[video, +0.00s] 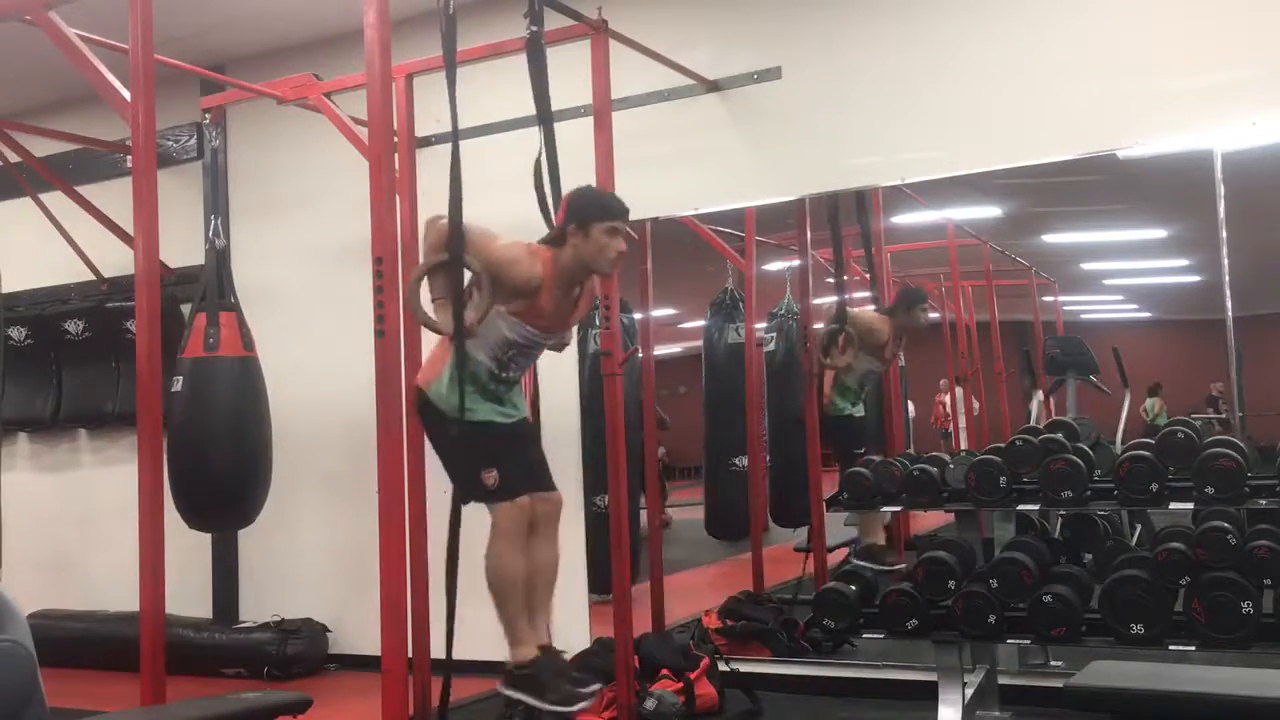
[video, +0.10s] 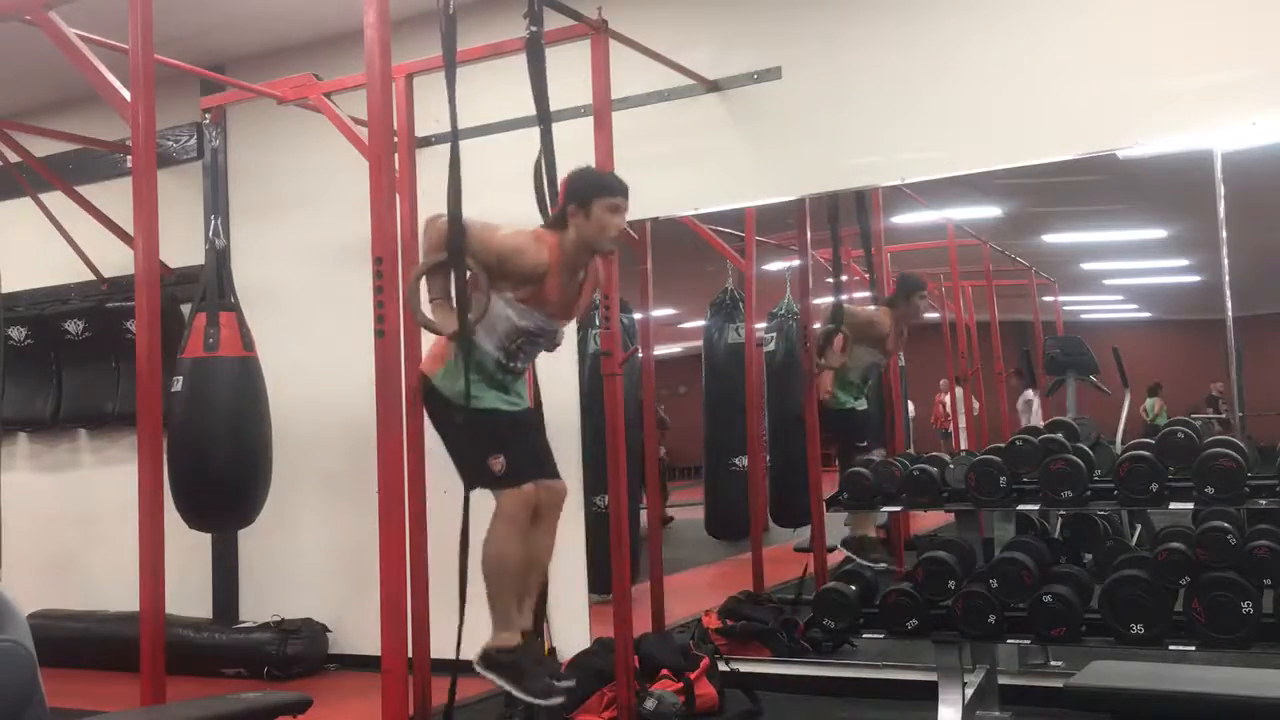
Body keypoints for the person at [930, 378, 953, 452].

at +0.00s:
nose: (942, 387)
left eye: (944, 385)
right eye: (941, 385)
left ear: (948, 386)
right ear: (940, 386)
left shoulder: (950, 396)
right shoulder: (938, 396)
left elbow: (953, 408)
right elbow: (935, 409)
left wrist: (953, 421)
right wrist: (933, 419)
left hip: (949, 421)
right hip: (940, 422)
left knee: (951, 439)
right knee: (943, 440)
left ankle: (952, 452)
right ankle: (944, 453)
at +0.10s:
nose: (942, 387)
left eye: (944, 385)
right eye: (941, 385)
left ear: (948, 386)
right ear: (940, 386)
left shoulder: (950, 395)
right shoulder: (938, 396)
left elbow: (953, 408)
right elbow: (935, 409)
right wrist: (933, 419)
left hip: (949, 421)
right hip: (940, 421)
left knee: (951, 439)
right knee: (943, 440)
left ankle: (952, 452)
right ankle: (944, 453)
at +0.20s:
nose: (942, 387)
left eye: (944, 385)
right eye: (941, 385)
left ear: (948, 386)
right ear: (940, 386)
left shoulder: (950, 396)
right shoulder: (938, 396)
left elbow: (953, 409)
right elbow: (935, 409)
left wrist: (953, 421)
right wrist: (933, 419)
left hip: (949, 422)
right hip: (940, 422)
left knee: (951, 439)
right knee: (942, 440)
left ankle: (952, 452)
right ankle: (944, 453)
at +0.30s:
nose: (942, 387)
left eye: (944, 385)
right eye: (941, 385)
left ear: (947, 386)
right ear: (939, 386)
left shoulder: (949, 396)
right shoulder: (938, 396)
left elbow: (952, 408)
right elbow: (935, 409)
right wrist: (933, 419)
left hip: (949, 421)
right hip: (940, 421)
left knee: (950, 438)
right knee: (942, 439)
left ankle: (951, 452)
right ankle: (944, 453)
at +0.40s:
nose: (942, 387)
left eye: (944, 385)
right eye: (941, 385)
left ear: (947, 386)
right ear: (939, 386)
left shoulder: (950, 395)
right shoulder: (938, 396)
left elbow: (953, 408)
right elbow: (935, 408)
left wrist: (953, 420)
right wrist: (933, 419)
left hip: (949, 421)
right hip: (940, 421)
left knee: (950, 439)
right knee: (943, 439)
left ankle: (951, 452)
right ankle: (944, 453)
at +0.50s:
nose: (942, 387)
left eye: (943, 385)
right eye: (941, 385)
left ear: (947, 386)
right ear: (939, 386)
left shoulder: (949, 395)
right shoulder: (938, 396)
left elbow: (952, 408)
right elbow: (935, 408)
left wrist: (952, 420)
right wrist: (933, 419)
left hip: (948, 421)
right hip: (940, 422)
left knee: (950, 439)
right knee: (942, 440)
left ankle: (951, 453)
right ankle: (944, 453)